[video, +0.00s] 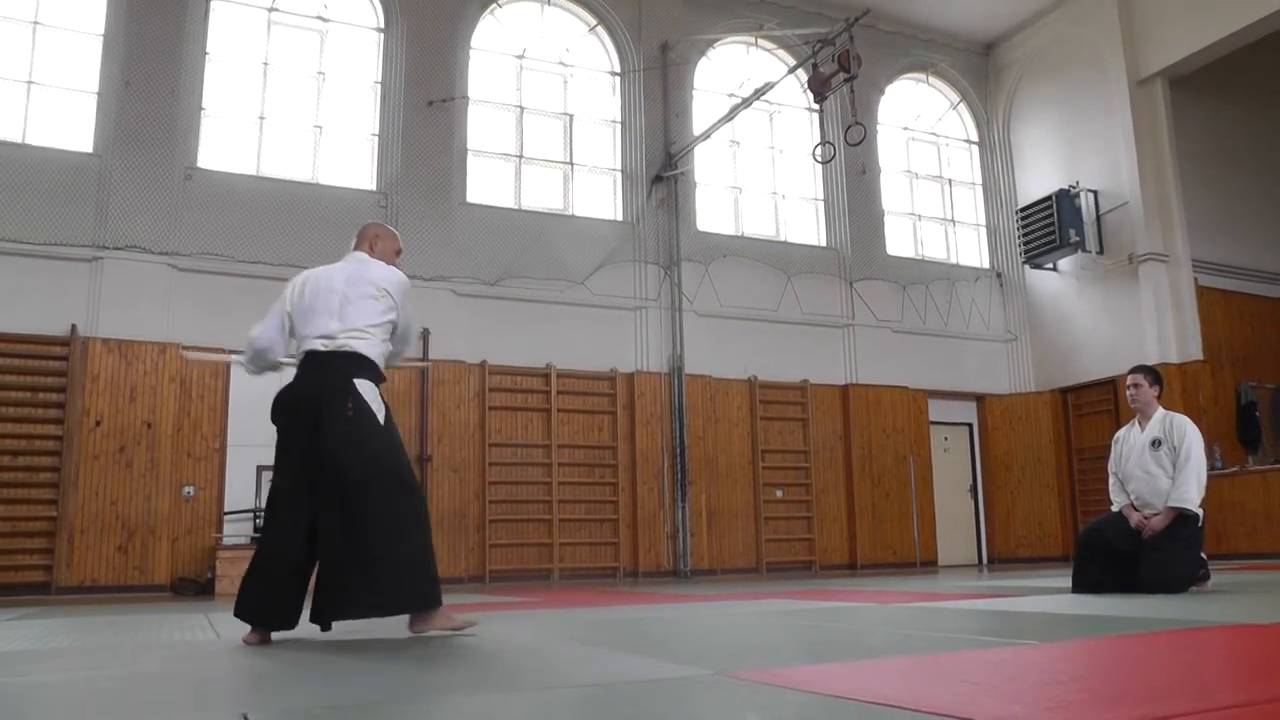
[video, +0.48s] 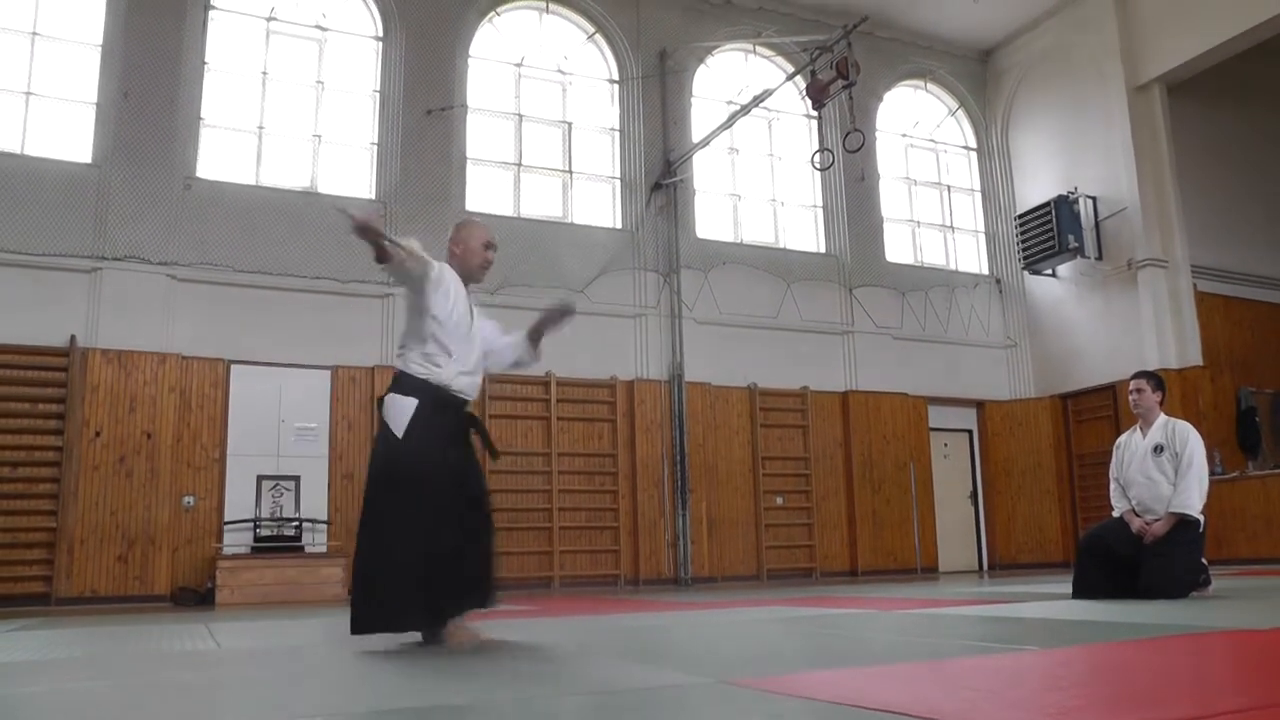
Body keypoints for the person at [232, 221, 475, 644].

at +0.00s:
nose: (398, 262)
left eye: (400, 255)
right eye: (396, 253)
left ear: (361, 244)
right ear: (371, 243)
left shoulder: (305, 279)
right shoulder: (393, 279)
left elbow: (263, 343)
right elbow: (401, 344)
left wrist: (264, 361)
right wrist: (370, 359)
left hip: (302, 393)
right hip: (354, 394)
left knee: (292, 505)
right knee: (403, 497)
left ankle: (261, 624)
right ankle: (426, 610)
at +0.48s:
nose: (492, 257)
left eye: (493, 250)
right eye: (485, 247)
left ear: (469, 251)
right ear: (456, 246)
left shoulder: (476, 318)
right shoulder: (437, 276)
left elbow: (507, 354)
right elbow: (410, 262)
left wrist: (537, 331)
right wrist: (381, 243)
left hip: (449, 416)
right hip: (417, 408)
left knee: (462, 509)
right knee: (439, 509)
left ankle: (444, 618)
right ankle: (442, 619)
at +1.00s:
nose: (445, 322)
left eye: (450, 311)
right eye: (442, 315)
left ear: (480, 304)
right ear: (473, 310)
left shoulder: (499, 348)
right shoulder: (475, 350)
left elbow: (449, 405)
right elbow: (436, 382)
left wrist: (392, 416)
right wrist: (389, 390)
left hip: (543, 462)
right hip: (517, 463)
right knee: (468, 535)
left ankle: (637, 608)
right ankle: (490, 629)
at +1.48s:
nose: (442, 378)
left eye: (447, 366)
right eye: (439, 370)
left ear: (478, 362)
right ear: (480, 365)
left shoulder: (489, 412)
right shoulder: (508, 396)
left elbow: (476, 496)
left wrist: (457, 521)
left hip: (538, 524)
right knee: (445, 540)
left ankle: (624, 615)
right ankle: (482, 636)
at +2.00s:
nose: (497, 276)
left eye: (496, 270)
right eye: (486, 269)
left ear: (487, 281)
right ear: (457, 279)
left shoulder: (511, 331)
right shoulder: (422, 333)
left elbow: (548, 385)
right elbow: (389, 387)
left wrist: (585, 391)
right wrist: (382, 428)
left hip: (503, 450)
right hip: (450, 453)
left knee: (538, 527)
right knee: (418, 540)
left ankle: (606, 617)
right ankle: (446, 640)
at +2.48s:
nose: (472, 274)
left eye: (470, 266)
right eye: (467, 264)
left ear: (440, 267)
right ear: (444, 264)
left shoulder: (421, 305)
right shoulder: (435, 301)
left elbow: (434, 385)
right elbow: (454, 364)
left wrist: (468, 428)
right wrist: (492, 408)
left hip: (396, 426)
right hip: (417, 428)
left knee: (387, 532)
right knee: (440, 529)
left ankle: (374, 639)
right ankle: (432, 637)